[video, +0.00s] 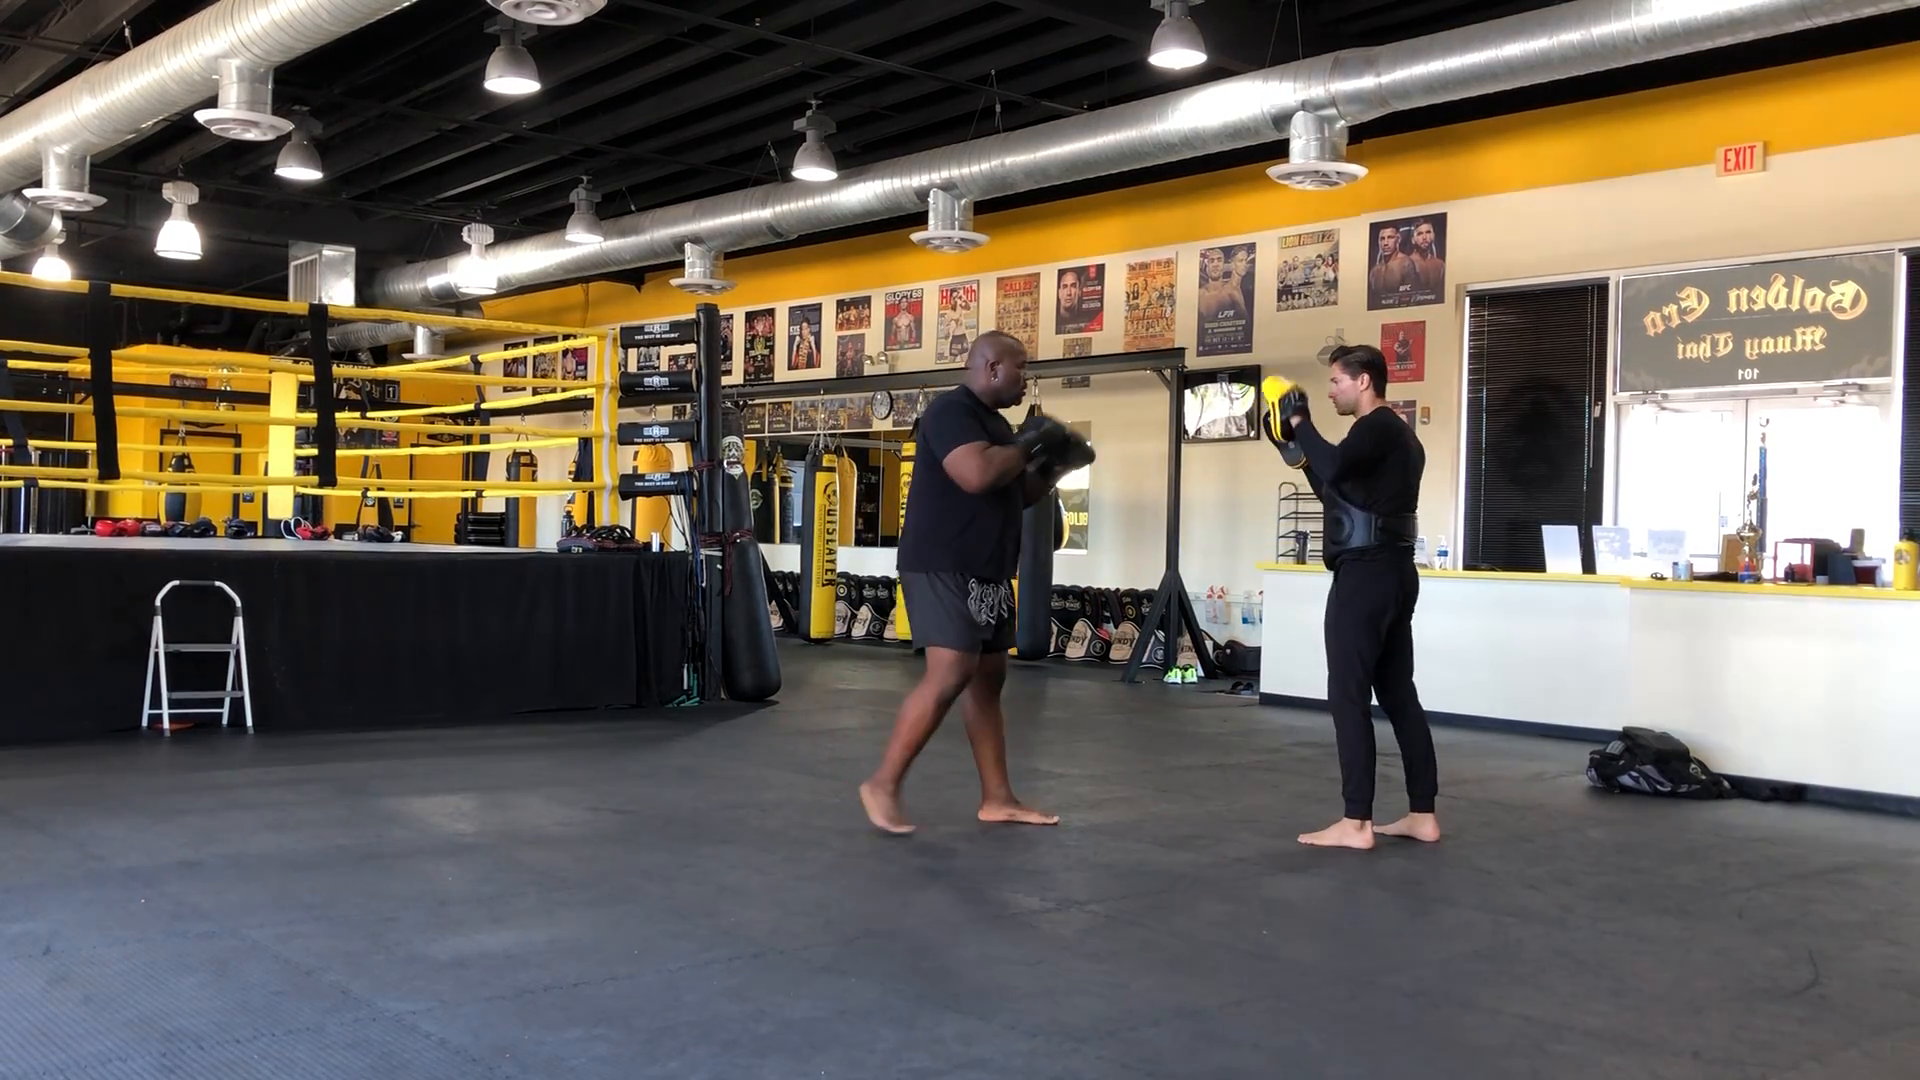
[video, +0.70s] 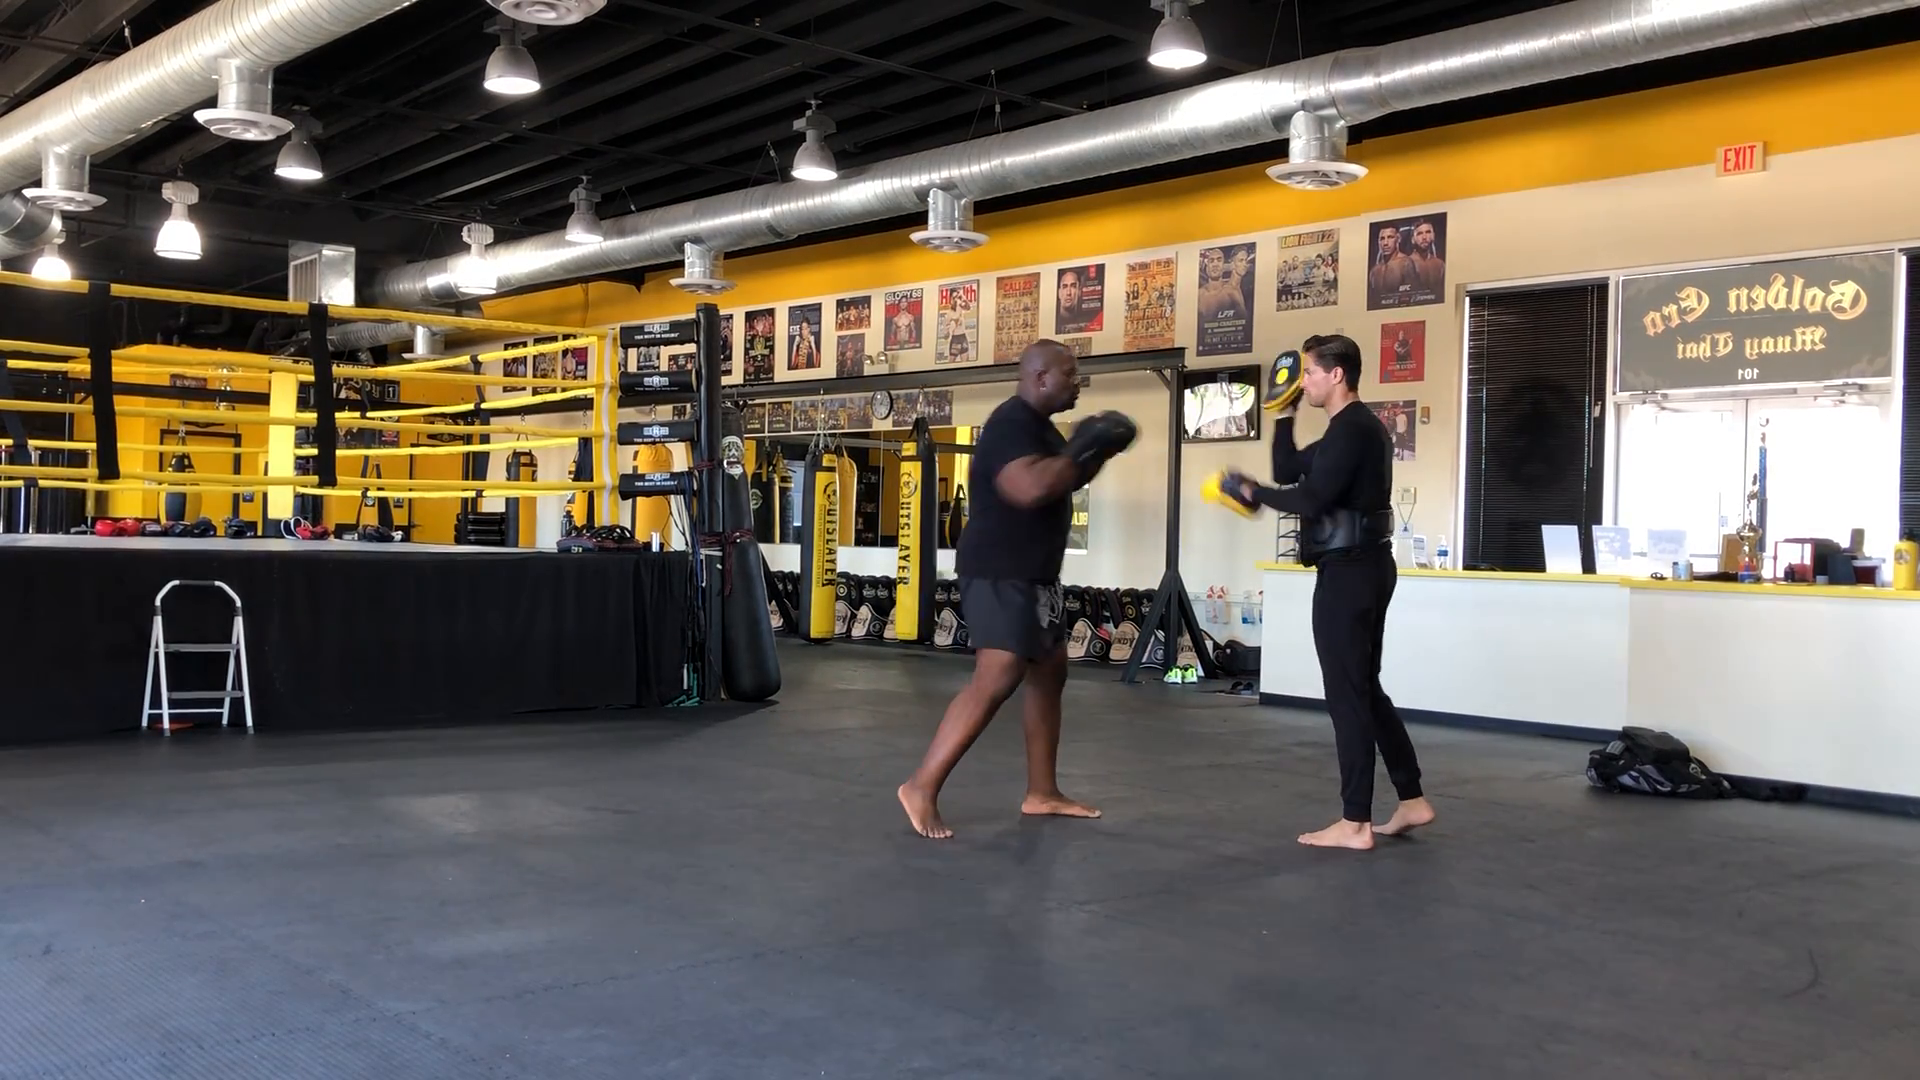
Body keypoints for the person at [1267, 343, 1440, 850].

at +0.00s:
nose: (1331, 391)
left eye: (1337, 381)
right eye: (1331, 382)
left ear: (1363, 381)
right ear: (1369, 383)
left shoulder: (1374, 426)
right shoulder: (1403, 435)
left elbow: (1336, 467)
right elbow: (1339, 491)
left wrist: (1301, 424)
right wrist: (1299, 451)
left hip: (1362, 575)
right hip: (1397, 574)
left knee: (1347, 698)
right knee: (1399, 695)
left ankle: (1355, 822)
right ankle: (1422, 815)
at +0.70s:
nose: (1302, 381)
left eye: (1309, 373)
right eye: (1303, 372)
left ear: (1336, 375)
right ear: (1339, 376)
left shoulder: (1350, 427)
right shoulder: (1357, 425)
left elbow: (1314, 499)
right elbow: (1288, 469)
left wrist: (1257, 495)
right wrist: (1282, 410)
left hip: (1347, 573)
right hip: (1368, 569)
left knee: (1345, 696)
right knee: (1364, 688)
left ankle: (1355, 823)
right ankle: (1413, 800)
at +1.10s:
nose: (1313, 384)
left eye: (1319, 375)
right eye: (1313, 374)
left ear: (1347, 378)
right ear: (1351, 379)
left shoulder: (1364, 431)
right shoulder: (1387, 426)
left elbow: (1363, 515)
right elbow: (1356, 494)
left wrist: (1306, 534)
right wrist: (1306, 485)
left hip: (1365, 575)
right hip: (1389, 571)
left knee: (1360, 699)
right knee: (1384, 691)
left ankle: (1357, 823)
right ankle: (1418, 806)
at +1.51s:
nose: (1360, 390)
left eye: (1364, 380)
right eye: (1359, 380)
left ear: (1390, 379)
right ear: (1403, 381)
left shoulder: (1393, 435)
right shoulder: (1450, 433)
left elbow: (1378, 509)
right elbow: (1432, 506)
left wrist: (1331, 512)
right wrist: (1354, 511)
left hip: (1397, 578)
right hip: (1443, 578)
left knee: (1377, 701)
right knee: (1455, 700)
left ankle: (1358, 824)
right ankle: (1495, 822)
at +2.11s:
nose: (1425, 393)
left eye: (1429, 383)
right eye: (1424, 383)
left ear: (1457, 381)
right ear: (1465, 384)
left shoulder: (1456, 433)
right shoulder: (1507, 440)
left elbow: (1424, 486)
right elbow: (1451, 501)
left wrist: (1377, 454)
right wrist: (1388, 477)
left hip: (1444, 583)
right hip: (1490, 584)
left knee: (1404, 702)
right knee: (1493, 706)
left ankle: (1383, 827)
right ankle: (1501, 832)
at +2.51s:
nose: (1396, 390)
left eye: (1400, 379)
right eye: (1395, 380)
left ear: (1428, 379)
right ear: (1439, 380)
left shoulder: (1425, 429)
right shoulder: (1480, 438)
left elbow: (1368, 467)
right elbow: (1431, 489)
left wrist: (1354, 407)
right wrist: (1385, 445)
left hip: (1414, 578)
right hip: (1461, 580)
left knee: (1378, 700)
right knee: (1474, 704)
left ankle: (1380, 828)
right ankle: (1499, 831)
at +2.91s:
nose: (1353, 381)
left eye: (1359, 372)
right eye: (1354, 372)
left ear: (1386, 375)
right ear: (1396, 377)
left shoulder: (1395, 428)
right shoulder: (1426, 428)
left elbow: (1350, 493)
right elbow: (1353, 486)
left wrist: (1297, 463)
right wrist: (1336, 426)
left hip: (1391, 577)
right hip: (1427, 573)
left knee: (1373, 702)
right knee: (1439, 695)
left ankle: (1380, 828)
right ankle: (1492, 811)